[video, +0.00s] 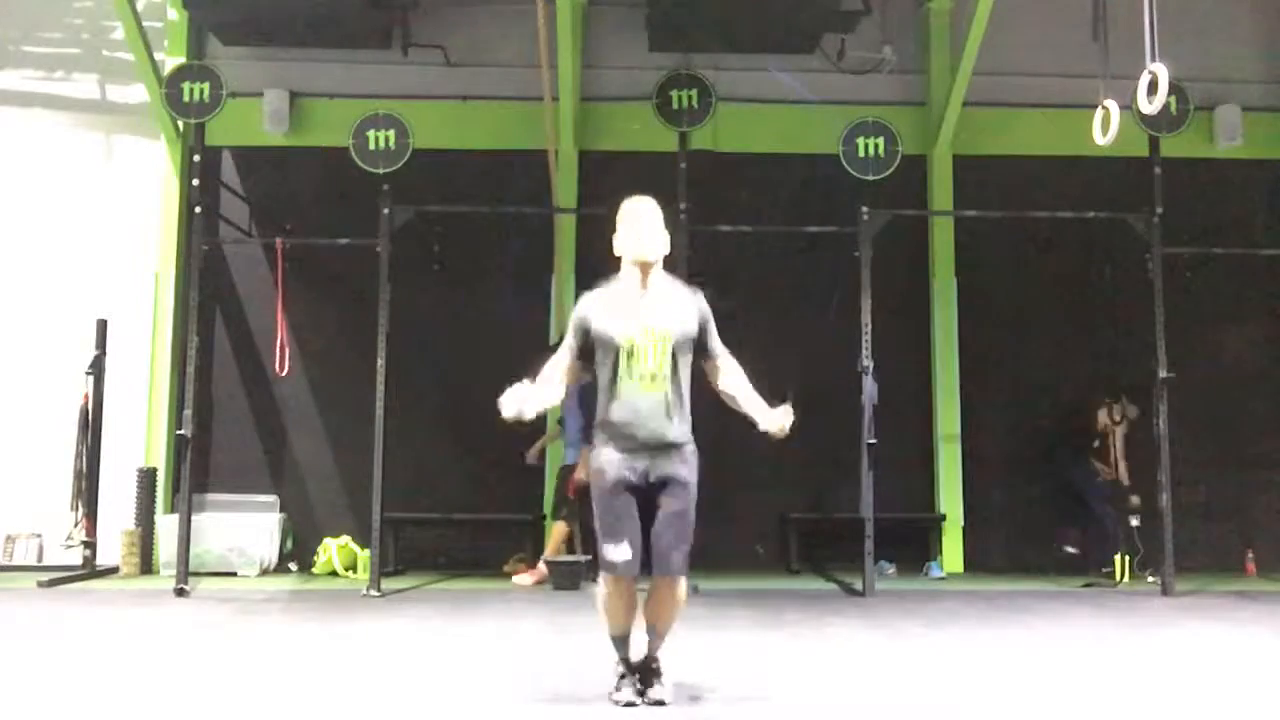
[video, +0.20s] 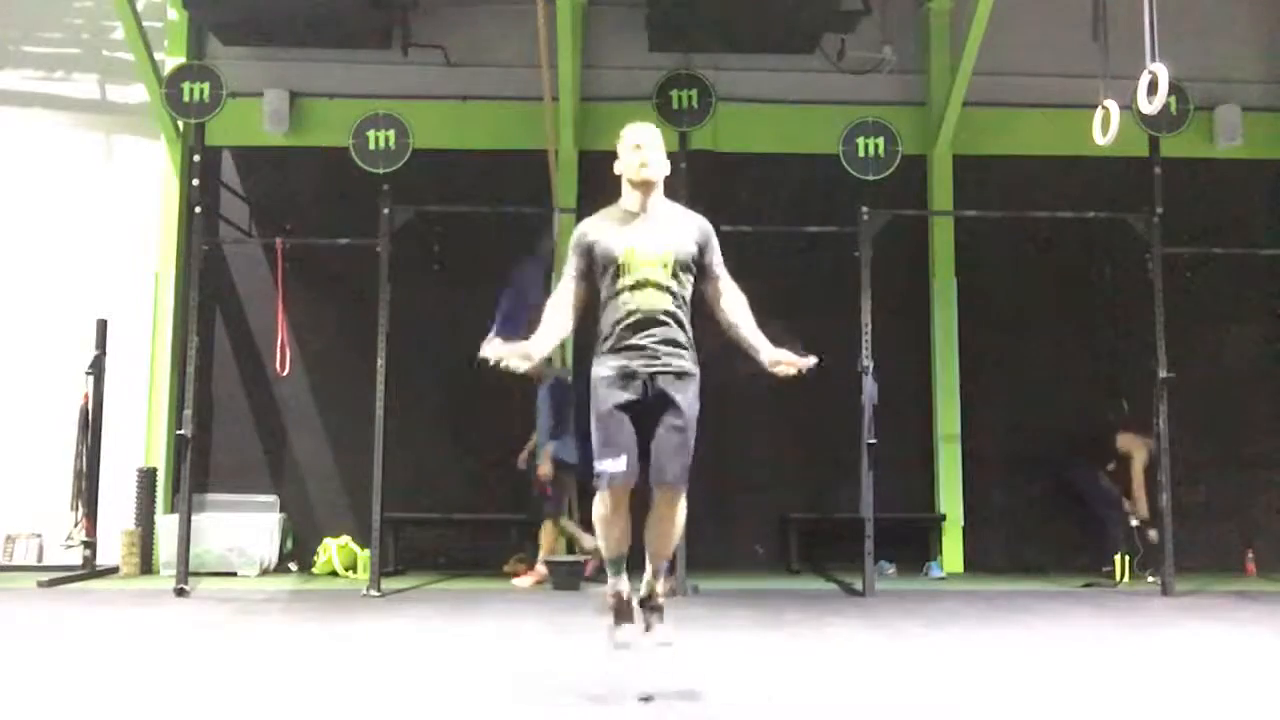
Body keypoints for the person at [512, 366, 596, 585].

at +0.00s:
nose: (565, 370)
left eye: (569, 364)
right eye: (564, 365)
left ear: (580, 364)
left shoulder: (589, 390)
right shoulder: (569, 392)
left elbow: (591, 430)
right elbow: (560, 427)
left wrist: (585, 463)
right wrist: (538, 446)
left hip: (579, 460)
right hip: (568, 458)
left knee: (563, 515)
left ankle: (544, 565)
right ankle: (590, 564)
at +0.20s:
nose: (529, 372)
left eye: (530, 367)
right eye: (527, 368)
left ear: (540, 364)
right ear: (539, 367)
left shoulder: (555, 386)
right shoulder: (545, 388)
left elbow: (555, 427)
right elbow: (544, 426)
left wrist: (547, 457)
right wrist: (528, 449)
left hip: (561, 454)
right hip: (554, 454)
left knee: (552, 514)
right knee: (558, 515)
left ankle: (542, 565)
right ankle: (592, 548)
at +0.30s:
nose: (518, 376)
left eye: (520, 371)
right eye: (518, 372)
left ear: (528, 367)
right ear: (535, 365)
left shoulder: (545, 384)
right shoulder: (537, 384)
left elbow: (542, 423)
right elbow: (540, 424)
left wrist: (528, 453)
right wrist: (528, 452)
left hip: (550, 451)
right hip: (544, 451)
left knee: (542, 512)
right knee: (539, 510)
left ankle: (540, 566)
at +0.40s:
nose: (509, 362)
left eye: (511, 356)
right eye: (508, 357)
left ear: (523, 358)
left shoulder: (533, 381)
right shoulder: (522, 383)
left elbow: (529, 421)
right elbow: (525, 423)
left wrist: (510, 450)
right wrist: (514, 451)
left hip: (537, 452)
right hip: (521, 453)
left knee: (535, 511)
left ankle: (539, 565)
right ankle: (519, 556)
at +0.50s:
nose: (493, 367)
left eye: (495, 361)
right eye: (491, 361)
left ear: (508, 359)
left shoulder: (518, 382)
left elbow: (514, 420)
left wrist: (494, 449)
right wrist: (504, 453)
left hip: (528, 454)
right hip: (511, 456)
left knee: (532, 513)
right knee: (490, 509)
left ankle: (539, 566)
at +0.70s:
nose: (468, 359)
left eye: (472, 355)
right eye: (469, 355)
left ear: (485, 356)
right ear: (485, 357)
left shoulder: (490, 381)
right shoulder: (486, 380)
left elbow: (492, 416)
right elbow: (489, 421)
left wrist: (474, 450)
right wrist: (477, 450)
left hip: (498, 456)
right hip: (485, 457)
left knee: (504, 512)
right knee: (473, 513)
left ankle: (536, 564)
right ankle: (459, 567)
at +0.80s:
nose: (458, 357)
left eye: (463, 352)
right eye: (458, 353)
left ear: (479, 354)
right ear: (469, 356)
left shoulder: (483, 380)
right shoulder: (474, 382)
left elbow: (481, 417)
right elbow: (474, 421)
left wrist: (466, 449)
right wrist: (462, 455)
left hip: (483, 454)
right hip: (473, 454)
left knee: (475, 509)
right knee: (466, 510)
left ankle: (521, 553)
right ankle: (458, 566)